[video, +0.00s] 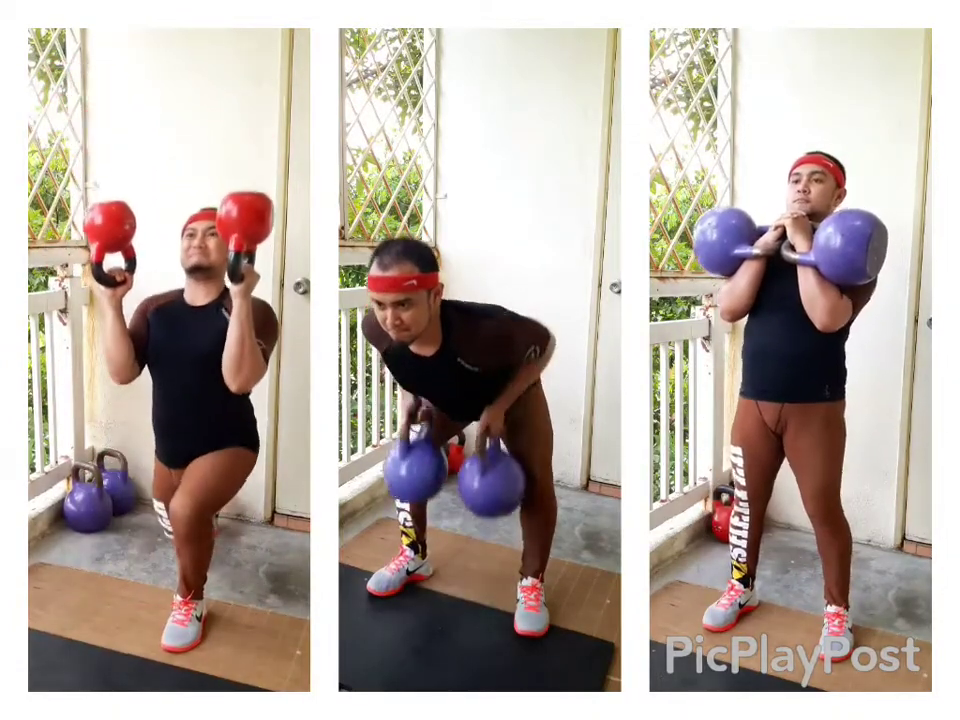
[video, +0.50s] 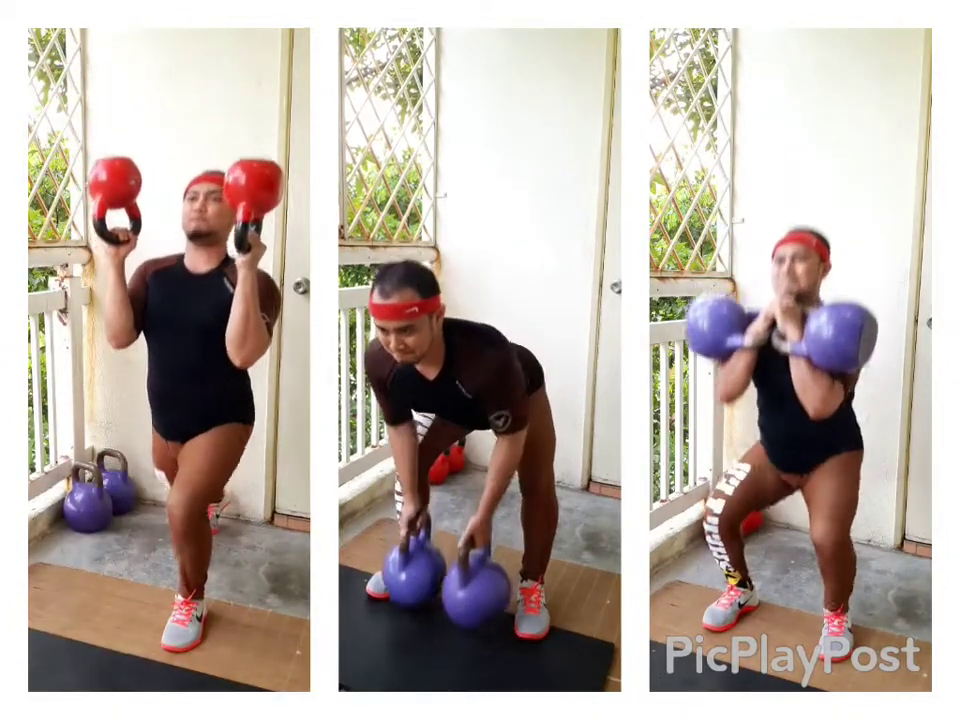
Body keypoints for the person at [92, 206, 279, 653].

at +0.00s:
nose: (199, 241)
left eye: (211, 235)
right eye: (191, 235)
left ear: (230, 250)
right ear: (179, 250)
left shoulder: (253, 311)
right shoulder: (155, 307)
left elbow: (239, 380)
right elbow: (122, 372)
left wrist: (241, 297)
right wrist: (111, 301)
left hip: (228, 441)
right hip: (170, 443)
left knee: (187, 512)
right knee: (175, 517)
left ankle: (188, 600)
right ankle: (196, 574)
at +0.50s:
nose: (200, 206)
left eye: (213, 199)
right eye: (192, 199)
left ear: (233, 215)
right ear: (181, 213)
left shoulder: (254, 283)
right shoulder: (154, 271)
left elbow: (243, 354)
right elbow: (119, 336)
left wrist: (247, 267)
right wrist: (112, 259)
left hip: (223, 416)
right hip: (166, 410)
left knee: (184, 510)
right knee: (171, 472)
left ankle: (189, 600)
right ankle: (207, 506)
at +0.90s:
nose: (198, 122)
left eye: (211, 116)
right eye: (191, 117)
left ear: (236, 136)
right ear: (180, 137)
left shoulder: (258, 208)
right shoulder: (149, 202)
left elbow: (240, 276)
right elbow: (110, 268)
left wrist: (243, 180)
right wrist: (104, 184)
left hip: (216, 380)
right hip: (154, 373)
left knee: (201, 494)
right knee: (144, 479)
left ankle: (191, 597)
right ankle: (172, 538)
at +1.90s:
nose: (159, 134)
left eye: (172, 126)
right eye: (150, 127)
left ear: (195, 144)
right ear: (139, 146)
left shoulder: (216, 214)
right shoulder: (110, 207)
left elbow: (198, 282)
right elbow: (73, 274)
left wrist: (201, 189)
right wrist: (70, 194)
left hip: (185, 381)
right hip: (122, 379)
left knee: (186, 493)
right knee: (126, 493)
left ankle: (212, 517)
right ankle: (142, 584)